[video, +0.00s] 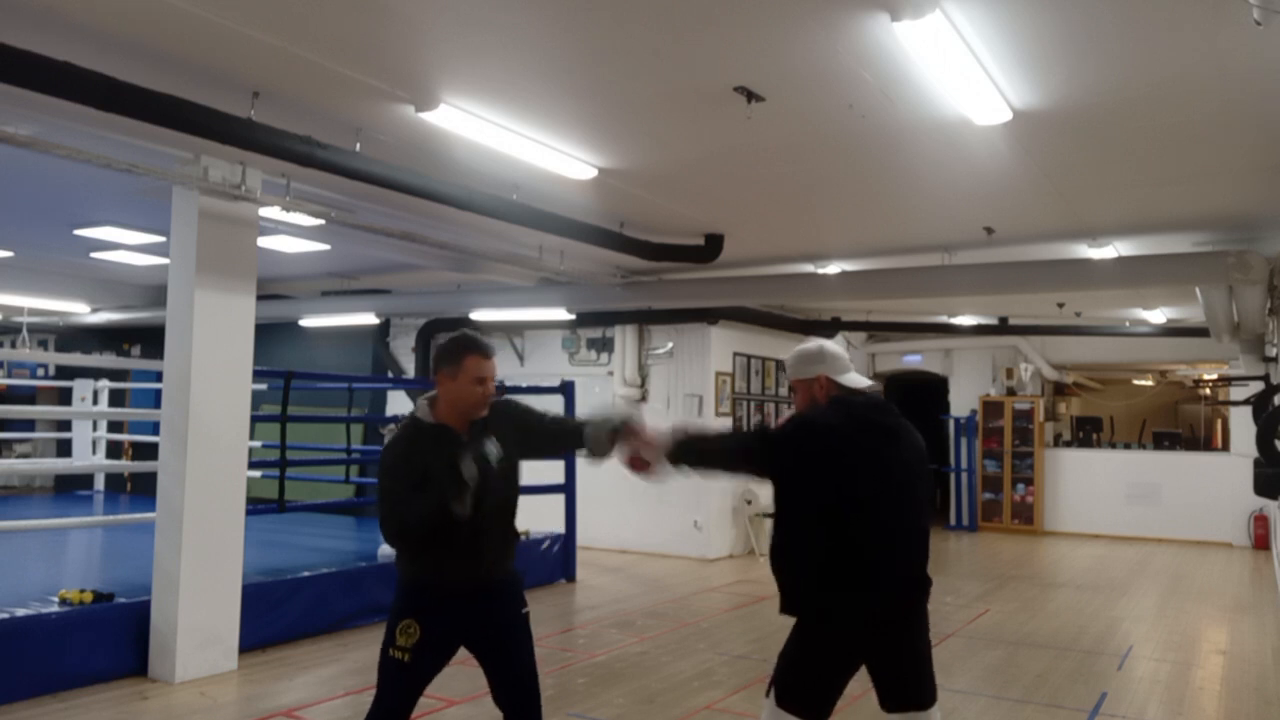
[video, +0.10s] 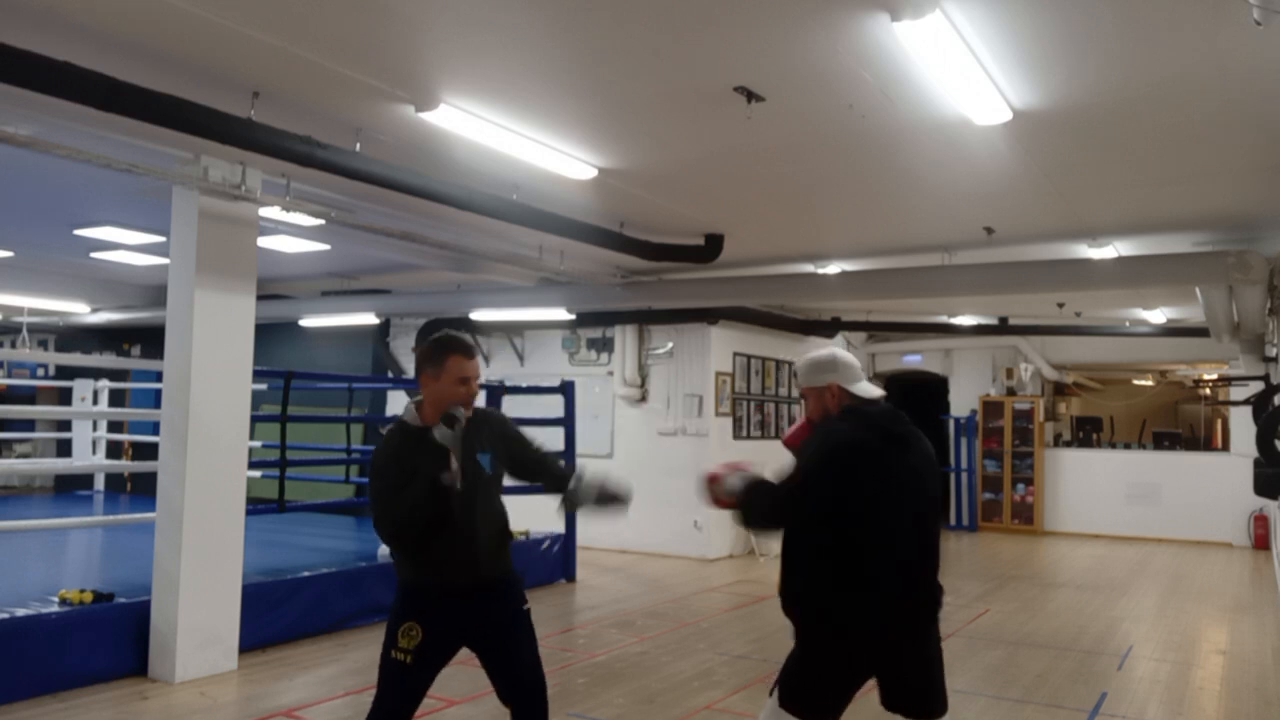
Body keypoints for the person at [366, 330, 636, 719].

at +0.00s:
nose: (490, 391)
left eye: (493, 381)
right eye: (480, 382)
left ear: (495, 381)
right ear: (443, 380)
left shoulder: (503, 421)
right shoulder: (405, 448)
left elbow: (556, 434)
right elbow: (397, 530)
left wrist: (614, 432)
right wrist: (453, 495)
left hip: (495, 593)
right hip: (428, 596)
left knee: (524, 709)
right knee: (390, 708)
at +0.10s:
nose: (473, 391)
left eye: (476, 381)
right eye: (463, 381)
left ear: (479, 379)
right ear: (427, 381)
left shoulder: (489, 426)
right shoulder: (395, 447)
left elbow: (531, 463)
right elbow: (393, 529)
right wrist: (442, 478)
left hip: (494, 593)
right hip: (427, 597)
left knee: (531, 705)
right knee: (390, 709)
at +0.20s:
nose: (474, 389)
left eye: (477, 379)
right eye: (463, 379)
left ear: (480, 377)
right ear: (428, 378)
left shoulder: (489, 429)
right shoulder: (397, 446)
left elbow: (524, 487)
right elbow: (394, 524)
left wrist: (557, 540)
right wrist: (447, 477)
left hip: (495, 589)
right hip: (428, 596)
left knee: (537, 701)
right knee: (393, 709)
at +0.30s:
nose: (492, 389)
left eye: (494, 380)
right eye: (481, 379)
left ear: (497, 382)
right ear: (447, 380)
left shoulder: (502, 434)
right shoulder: (412, 443)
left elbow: (527, 501)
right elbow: (397, 520)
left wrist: (549, 561)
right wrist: (456, 489)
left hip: (499, 595)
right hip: (433, 598)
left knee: (540, 706)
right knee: (395, 709)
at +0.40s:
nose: (523, 391)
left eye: (525, 382)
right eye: (514, 381)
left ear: (525, 385)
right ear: (482, 380)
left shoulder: (520, 438)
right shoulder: (443, 438)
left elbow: (535, 508)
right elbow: (439, 510)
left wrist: (562, 561)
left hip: (507, 594)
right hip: (446, 594)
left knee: (546, 702)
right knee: (407, 708)